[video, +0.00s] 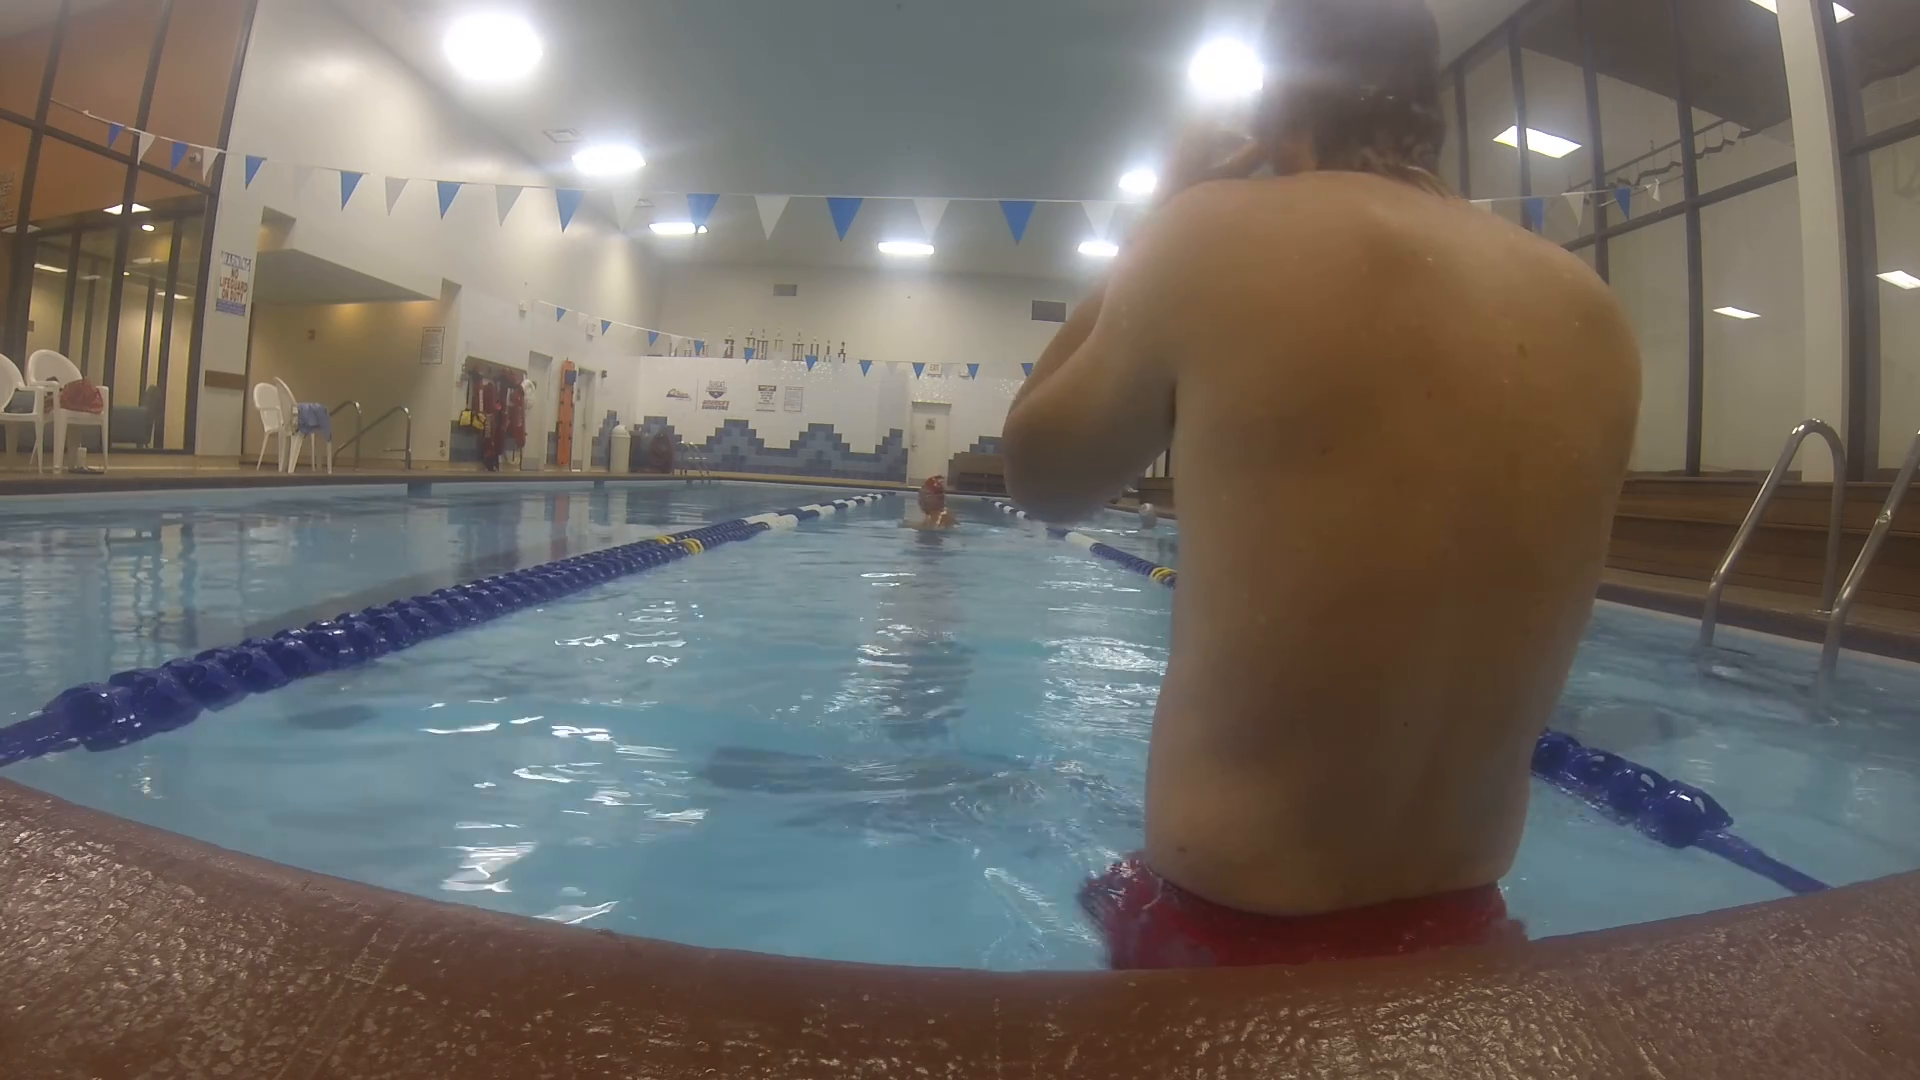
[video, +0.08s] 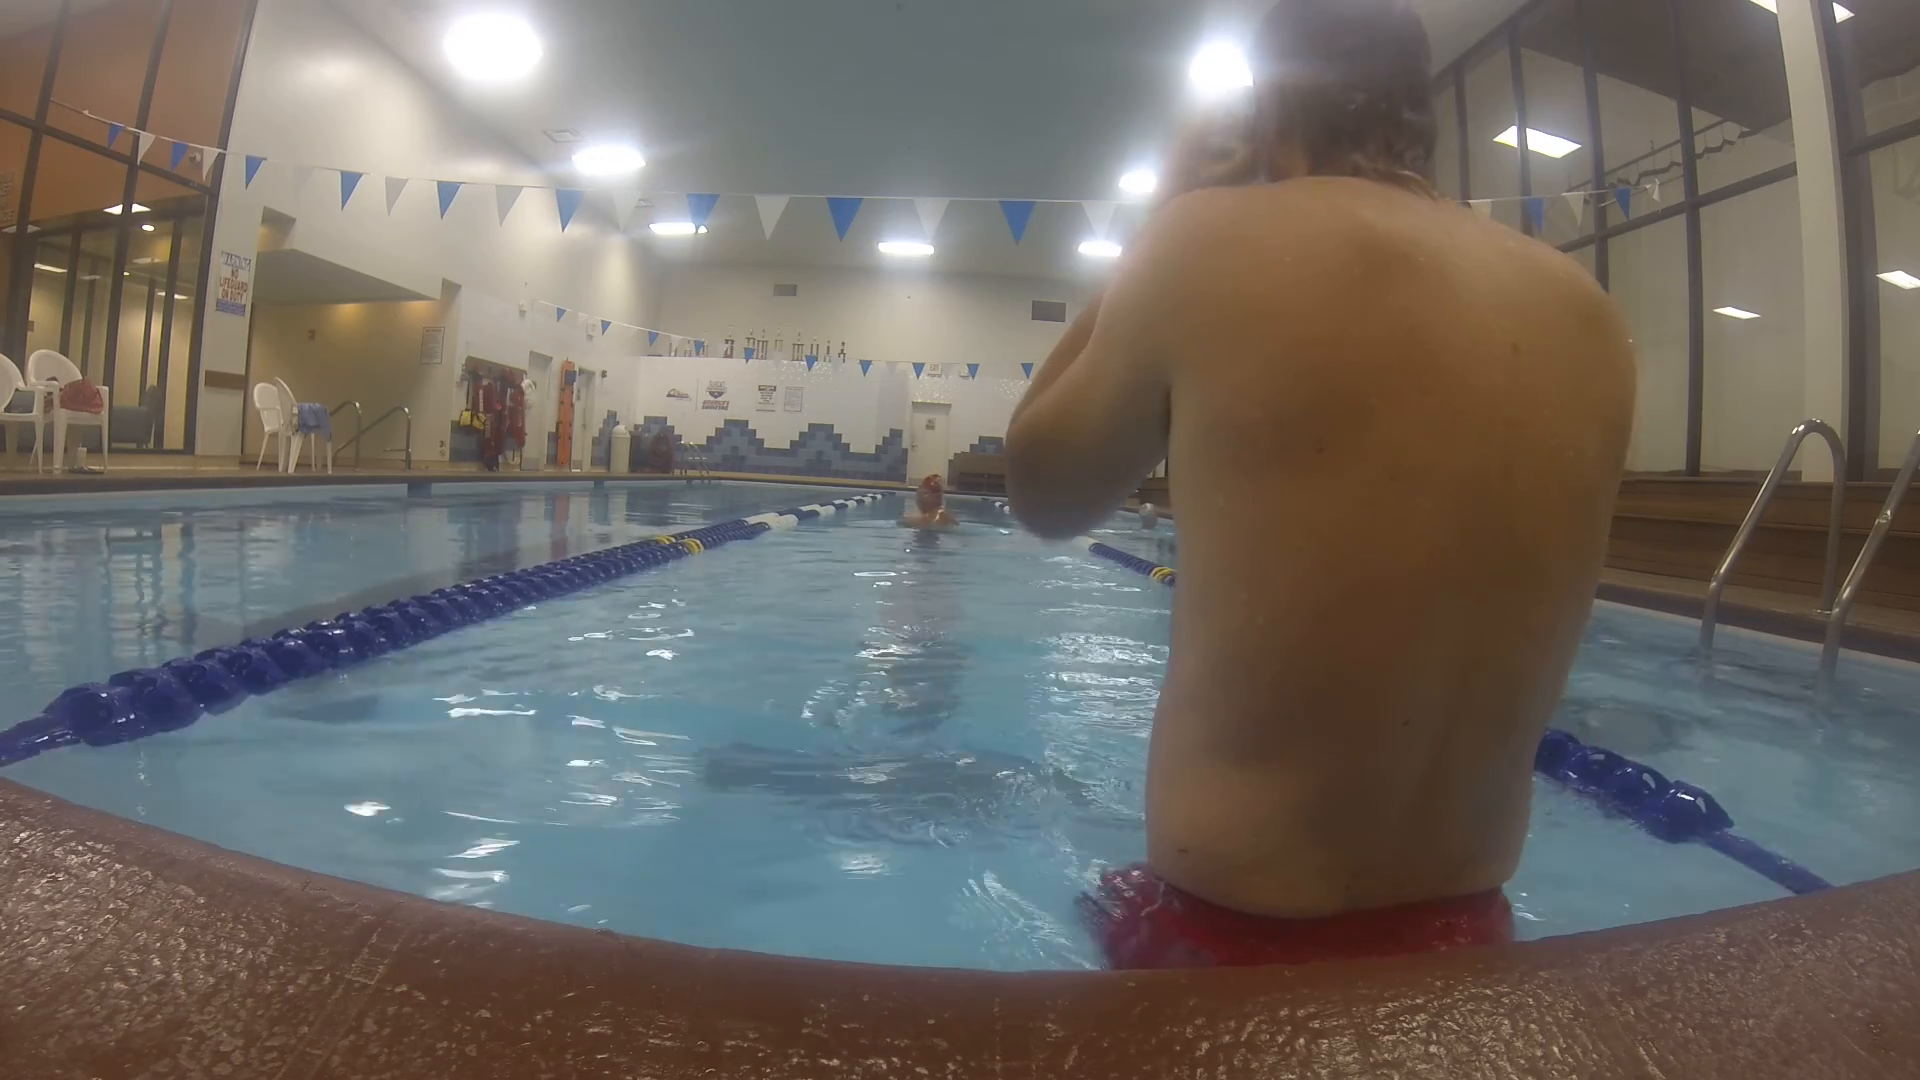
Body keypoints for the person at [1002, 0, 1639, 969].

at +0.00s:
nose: (1236, 116)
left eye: (1247, 94)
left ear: (1269, 107)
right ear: (1432, 119)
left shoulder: (1213, 237)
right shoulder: (1589, 306)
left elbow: (1043, 476)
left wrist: (1169, 209)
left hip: (1210, 945)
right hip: (1463, 940)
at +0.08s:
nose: (1221, 123)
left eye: (1233, 100)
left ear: (1259, 106)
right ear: (1420, 119)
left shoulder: (1206, 242)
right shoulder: (1587, 310)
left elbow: (1047, 496)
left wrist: (1168, 210)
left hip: (1213, 943)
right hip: (1466, 941)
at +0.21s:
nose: (1223, 128)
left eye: (1235, 107)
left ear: (1260, 118)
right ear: (1415, 129)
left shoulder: (1204, 249)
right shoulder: (1578, 310)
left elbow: (1051, 509)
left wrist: (1168, 224)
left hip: (1216, 951)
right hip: (1471, 947)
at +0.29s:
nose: (1229, 136)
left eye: (1240, 115)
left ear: (1266, 125)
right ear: (1417, 136)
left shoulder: (1207, 249)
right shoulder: (1578, 311)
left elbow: (1056, 513)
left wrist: (1170, 226)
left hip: (1217, 947)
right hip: (1469, 943)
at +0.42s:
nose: (1237, 129)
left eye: (1247, 110)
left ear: (1267, 119)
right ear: (1419, 130)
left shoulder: (1208, 240)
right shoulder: (1580, 308)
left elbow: (1064, 510)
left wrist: (1176, 218)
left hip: (1210, 942)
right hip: (1468, 939)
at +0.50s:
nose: (1237, 133)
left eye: (1247, 115)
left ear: (1269, 123)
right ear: (1417, 133)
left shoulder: (1205, 242)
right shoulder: (1576, 307)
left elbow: (1068, 527)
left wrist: (1180, 215)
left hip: (1209, 944)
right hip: (1469, 941)